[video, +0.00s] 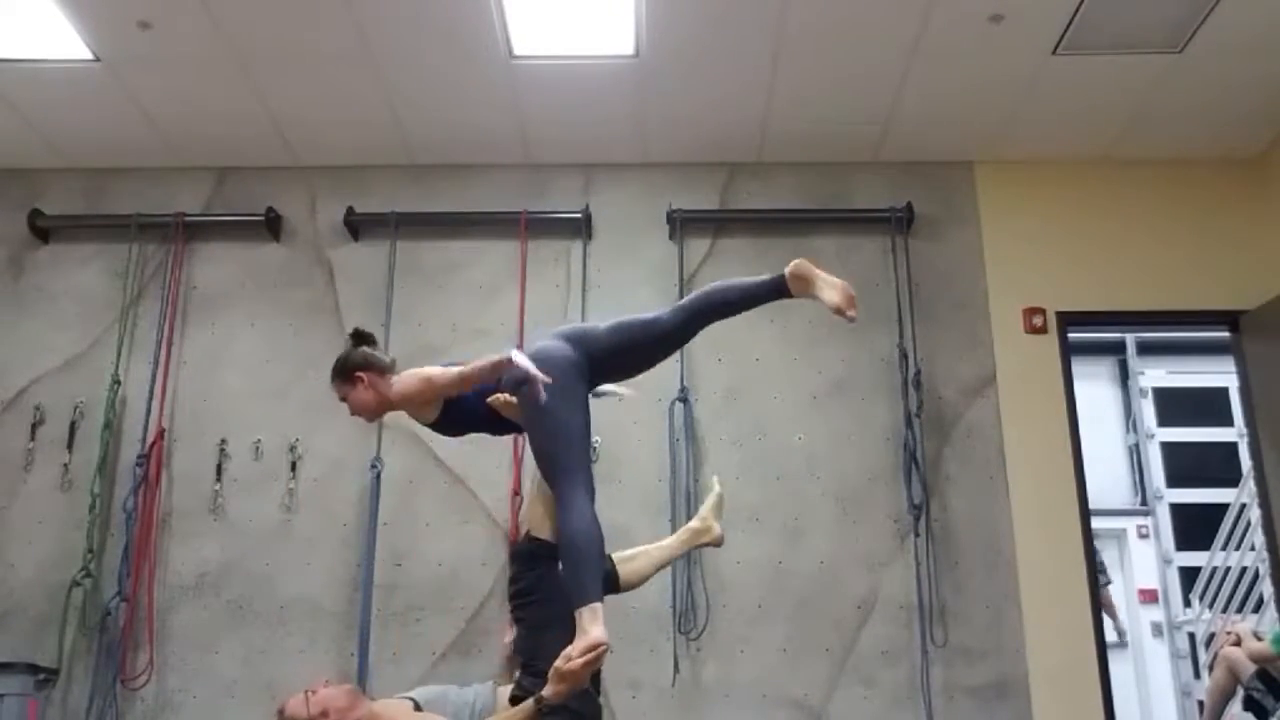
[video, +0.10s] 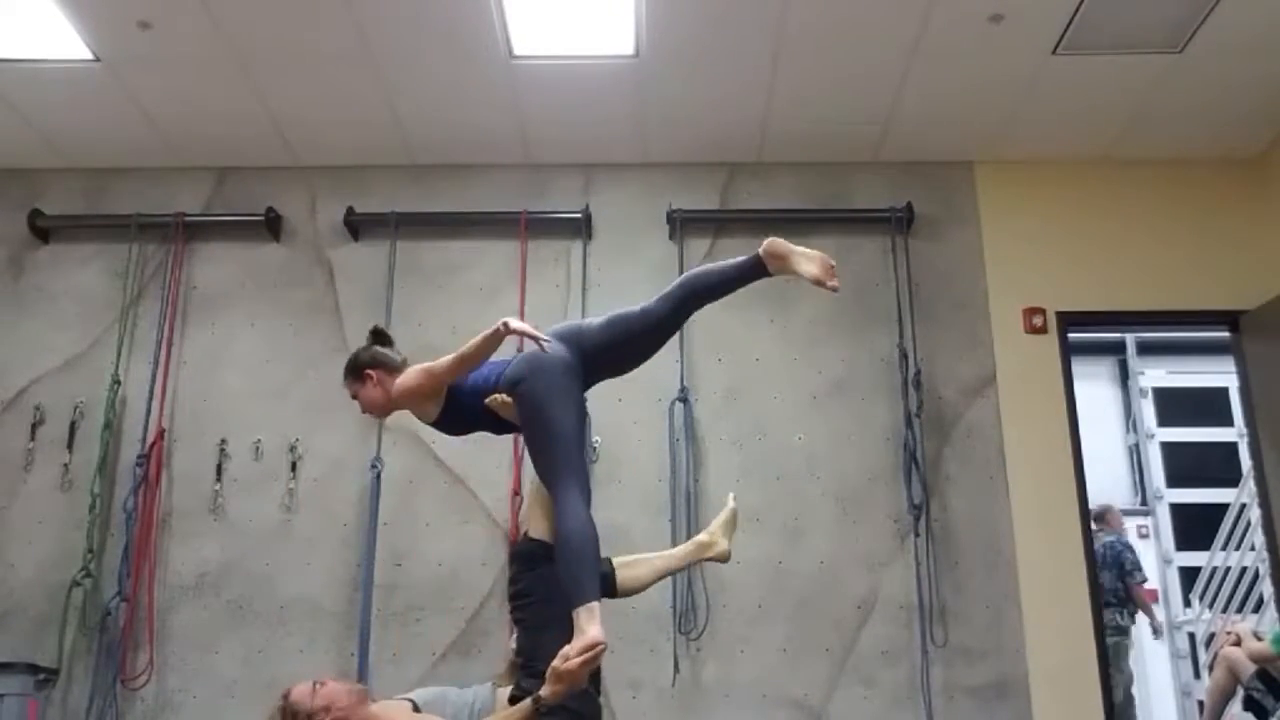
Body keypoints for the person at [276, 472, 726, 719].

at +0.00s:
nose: (320, 685)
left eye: (309, 690)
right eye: (312, 701)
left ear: (329, 694)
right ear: (325, 716)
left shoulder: (391, 704)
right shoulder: (388, 714)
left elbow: (489, 704)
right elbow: (496, 715)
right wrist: (549, 693)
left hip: (531, 687)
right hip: (542, 699)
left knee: (579, 573)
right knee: (537, 556)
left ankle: (694, 532)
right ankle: (547, 420)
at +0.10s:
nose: (327, 683)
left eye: (317, 683)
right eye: (317, 693)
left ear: (335, 686)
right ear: (327, 717)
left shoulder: (392, 705)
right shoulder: (387, 719)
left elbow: (491, 703)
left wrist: (523, 657)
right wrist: (549, 690)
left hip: (527, 688)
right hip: (543, 704)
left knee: (552, 569)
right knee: (538, 553)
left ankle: (701, 547)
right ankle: (541, 425)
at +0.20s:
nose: (337, 674)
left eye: (327, 674)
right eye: (326, 685)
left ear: (342, 686)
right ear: (330, 716)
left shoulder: (391, 706)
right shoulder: (388, 717)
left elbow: (492, 704)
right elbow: (498, 717)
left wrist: (528, 677)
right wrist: (547, 689)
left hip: (529, 686)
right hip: (542, 702)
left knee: (548, 567)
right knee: (538, 562)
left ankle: (694, 549)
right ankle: (539, 423)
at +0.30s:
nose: (336, 672)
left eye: (325, 672)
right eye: (325, 683)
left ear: (339, 689)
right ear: (330, 714)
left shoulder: (387, 707)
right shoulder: (385, 715)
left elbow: (491, 704)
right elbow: (493, 718)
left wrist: (526, 678)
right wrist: (543, 691)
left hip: (531, 692)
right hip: (549, 704)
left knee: (538, 568)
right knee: (531, 562)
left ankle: (675, 540)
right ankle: (539, 424)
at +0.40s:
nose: (344, 665)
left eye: (331, 667)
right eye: (331, 676)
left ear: (339, 698)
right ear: (331, 707)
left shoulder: (392, 706)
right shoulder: (386, 712)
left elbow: (491, 706)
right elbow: (490, 717)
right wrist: (540, 694)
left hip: (528, 696)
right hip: (549, 709)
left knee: (520, 565)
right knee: (520, 564)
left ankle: (599, 510)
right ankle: (599, 507)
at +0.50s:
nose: (342, 667)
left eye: (329, 668)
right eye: (327, 677)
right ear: (329, 710)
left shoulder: (389, 707)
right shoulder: (385, 715)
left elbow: (478, 709)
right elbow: (483, 719)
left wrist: (516, 689)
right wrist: (527, 691)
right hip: (546, 710)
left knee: (504, 564)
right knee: (507, 565)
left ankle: (581, 501)